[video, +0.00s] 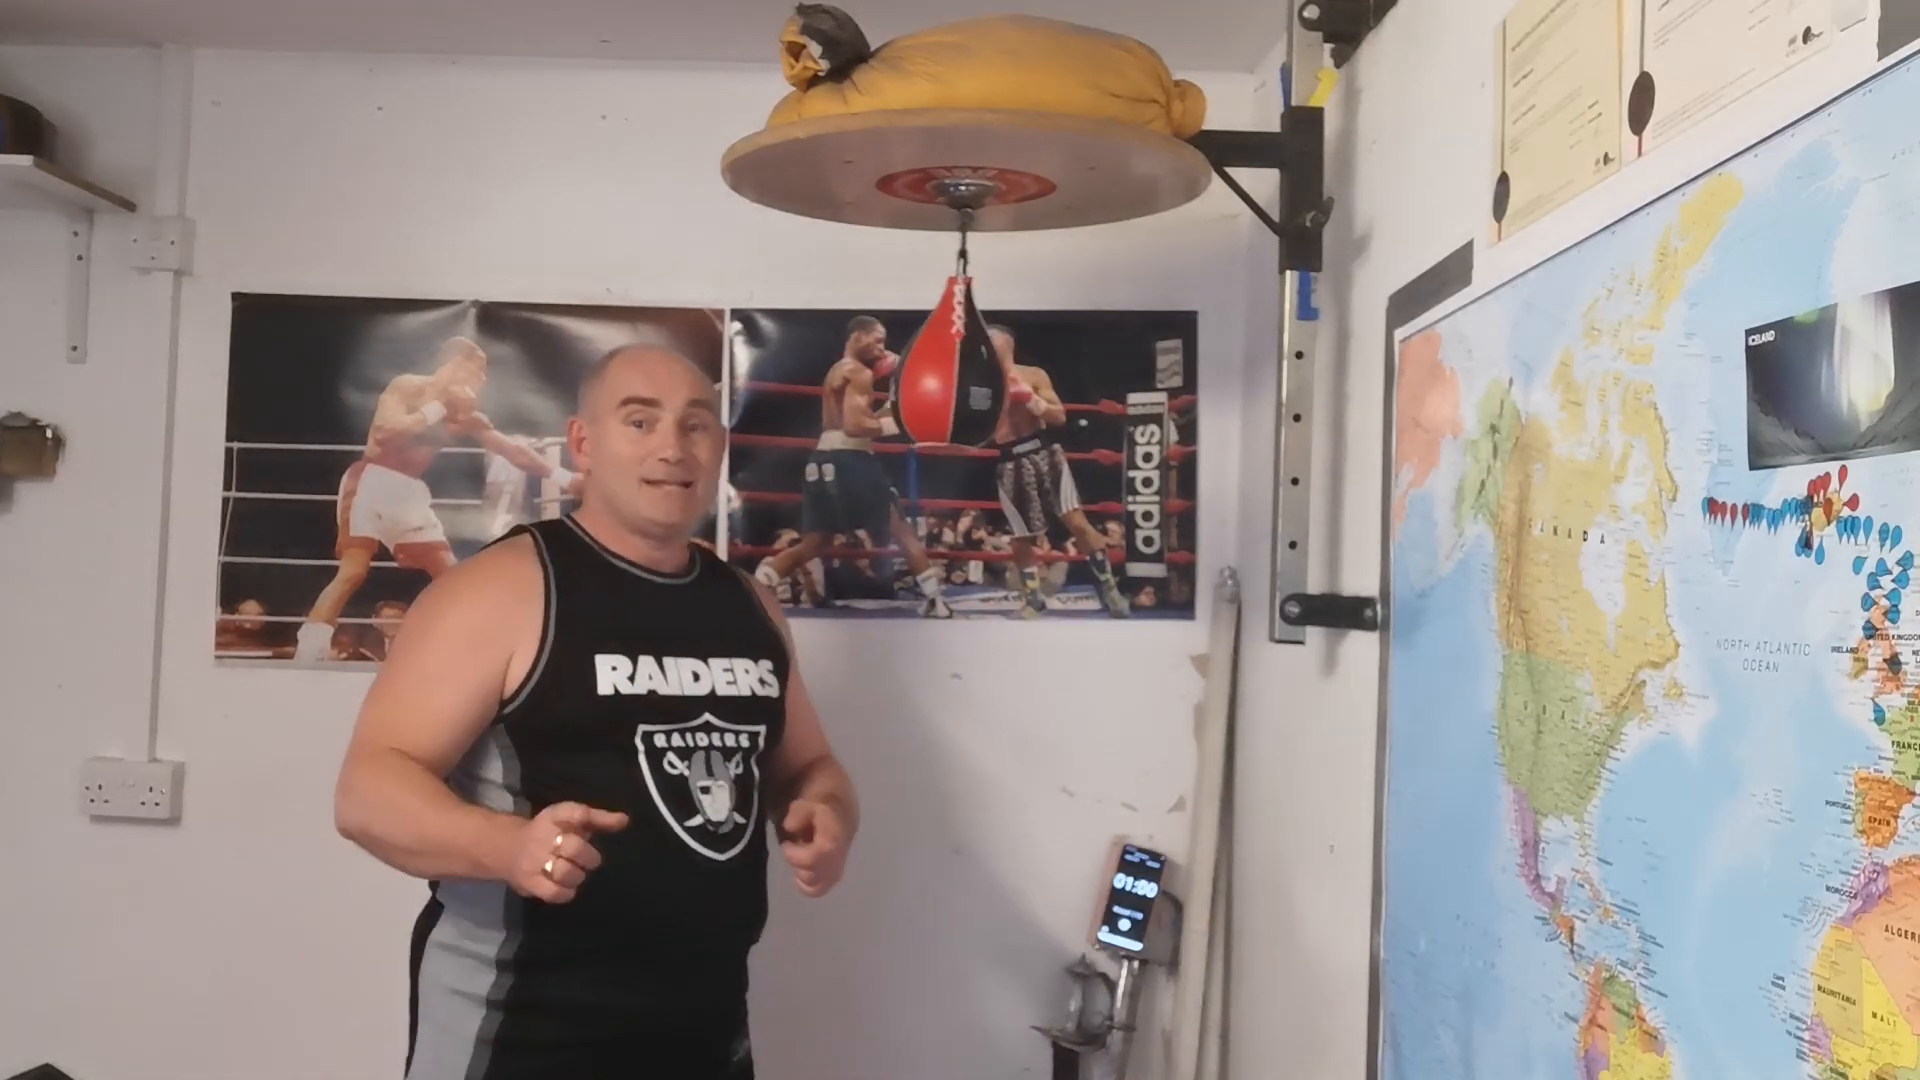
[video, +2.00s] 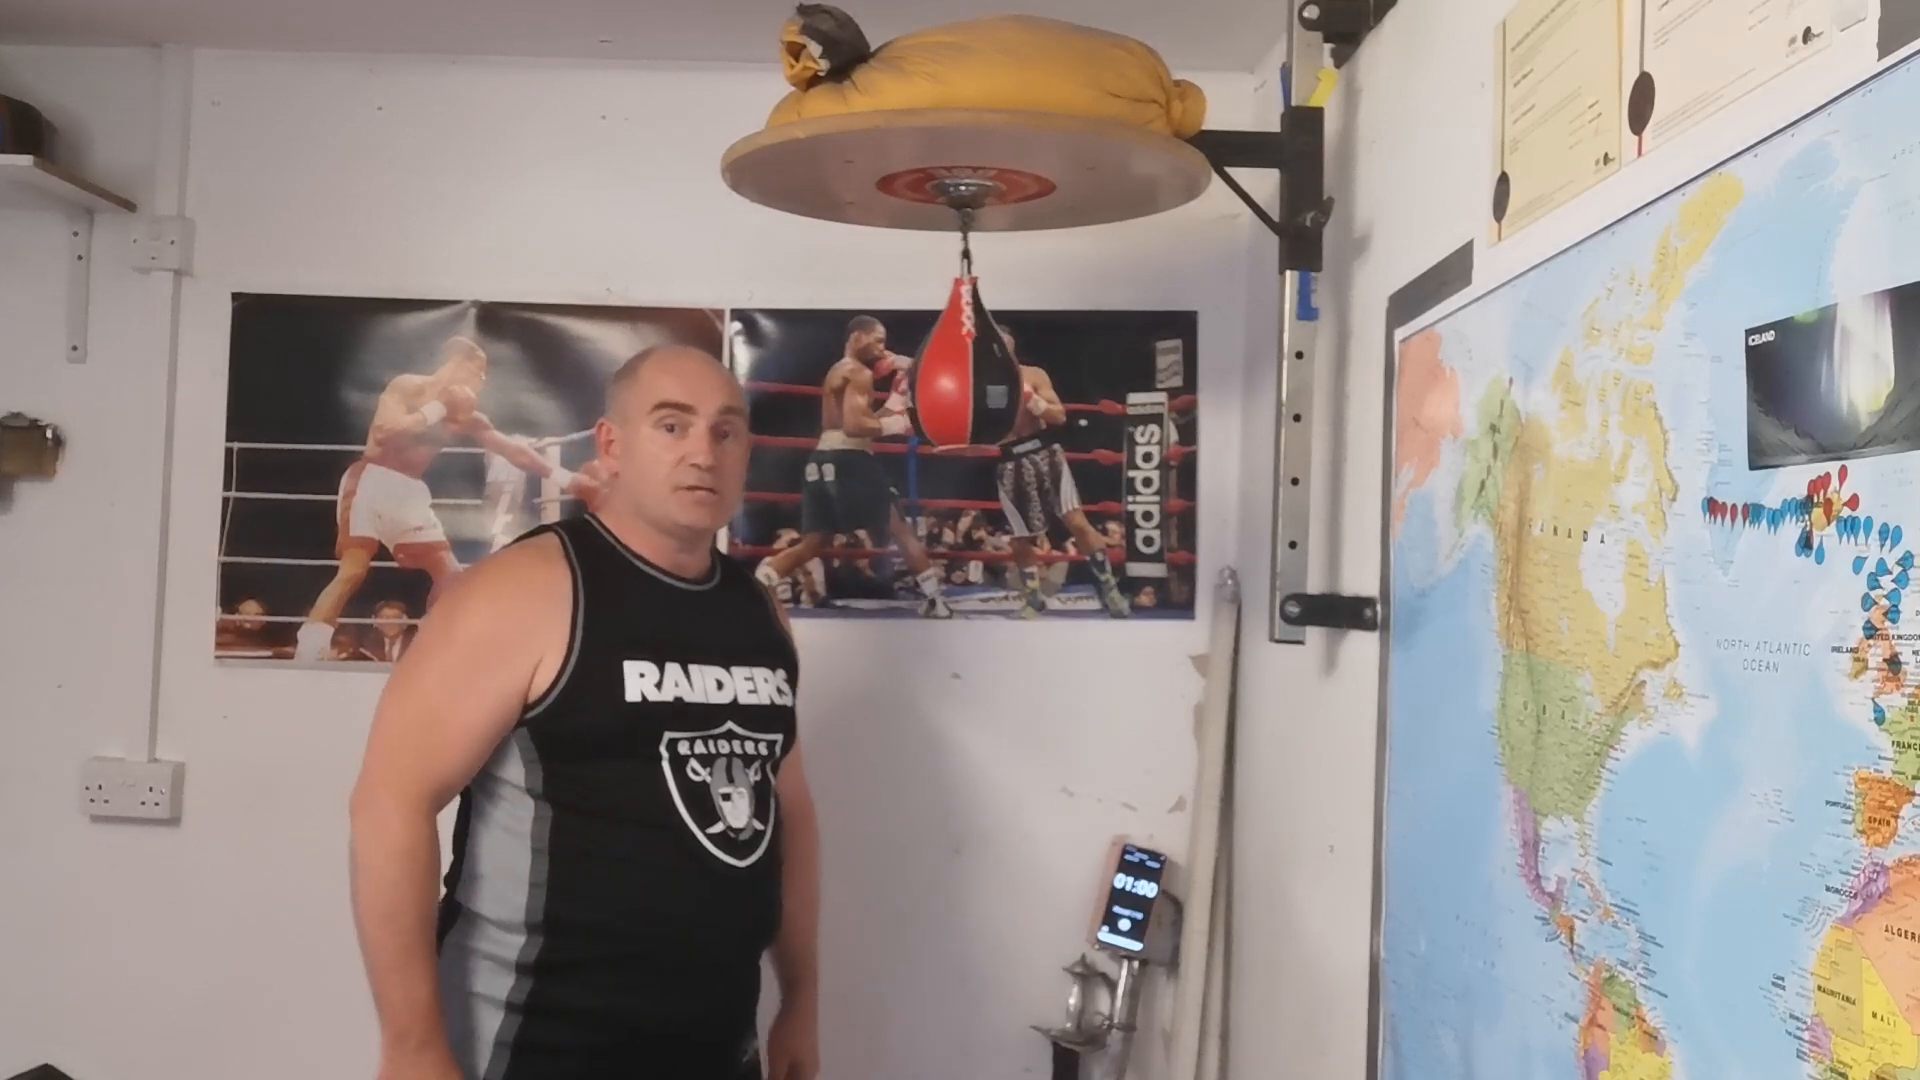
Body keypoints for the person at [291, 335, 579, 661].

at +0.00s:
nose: (476, 384)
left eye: (480, 377)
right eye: (472, 373)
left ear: (476, 380)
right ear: (451, 364)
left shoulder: (464, 413)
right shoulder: (404, 386)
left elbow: (511, 450)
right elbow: (383, 432)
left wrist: (563, 478)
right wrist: (432, 412)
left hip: (409, 492)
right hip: (369, 483)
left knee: (447, 572)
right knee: (353, 570)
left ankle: (460, 652)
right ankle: (307, 651)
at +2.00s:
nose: (477, 386)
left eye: (480, 379)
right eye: (475, 376)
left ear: (472, 380)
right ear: (455, 367)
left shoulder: (464, 414)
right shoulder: (404, 386)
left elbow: (512, 450)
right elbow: (382, 433)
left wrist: (565, 478)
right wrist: (433, 411)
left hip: (408, 493)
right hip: (367, 483)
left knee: (448, 573)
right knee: (353, 570)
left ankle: (429, 660)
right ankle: (306, 654)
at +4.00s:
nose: (476, 382)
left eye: (480, 375)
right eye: (470, 371)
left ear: (480, 381)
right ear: (449, 365)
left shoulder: (464, 415)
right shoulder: (406, 386)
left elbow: (507, 448)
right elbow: (384, 434)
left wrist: (552, 469)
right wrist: (438, 407)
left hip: (409, 493)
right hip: (369, 484)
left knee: (446, 576)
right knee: (351, 573)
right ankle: (308, 649)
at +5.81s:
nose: (479, 383)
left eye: (481, 376)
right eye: (476, 373)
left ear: (472, 377)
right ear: (456, 364)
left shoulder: (464, 412)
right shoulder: (405, 386)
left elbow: (511, 450)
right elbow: (384, 431)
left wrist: (564, 478)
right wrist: (431, 412)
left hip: (408, 493)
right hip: (368, 483)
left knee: (449, 574)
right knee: (352, 571)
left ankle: (428, 662)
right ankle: (305, 656)